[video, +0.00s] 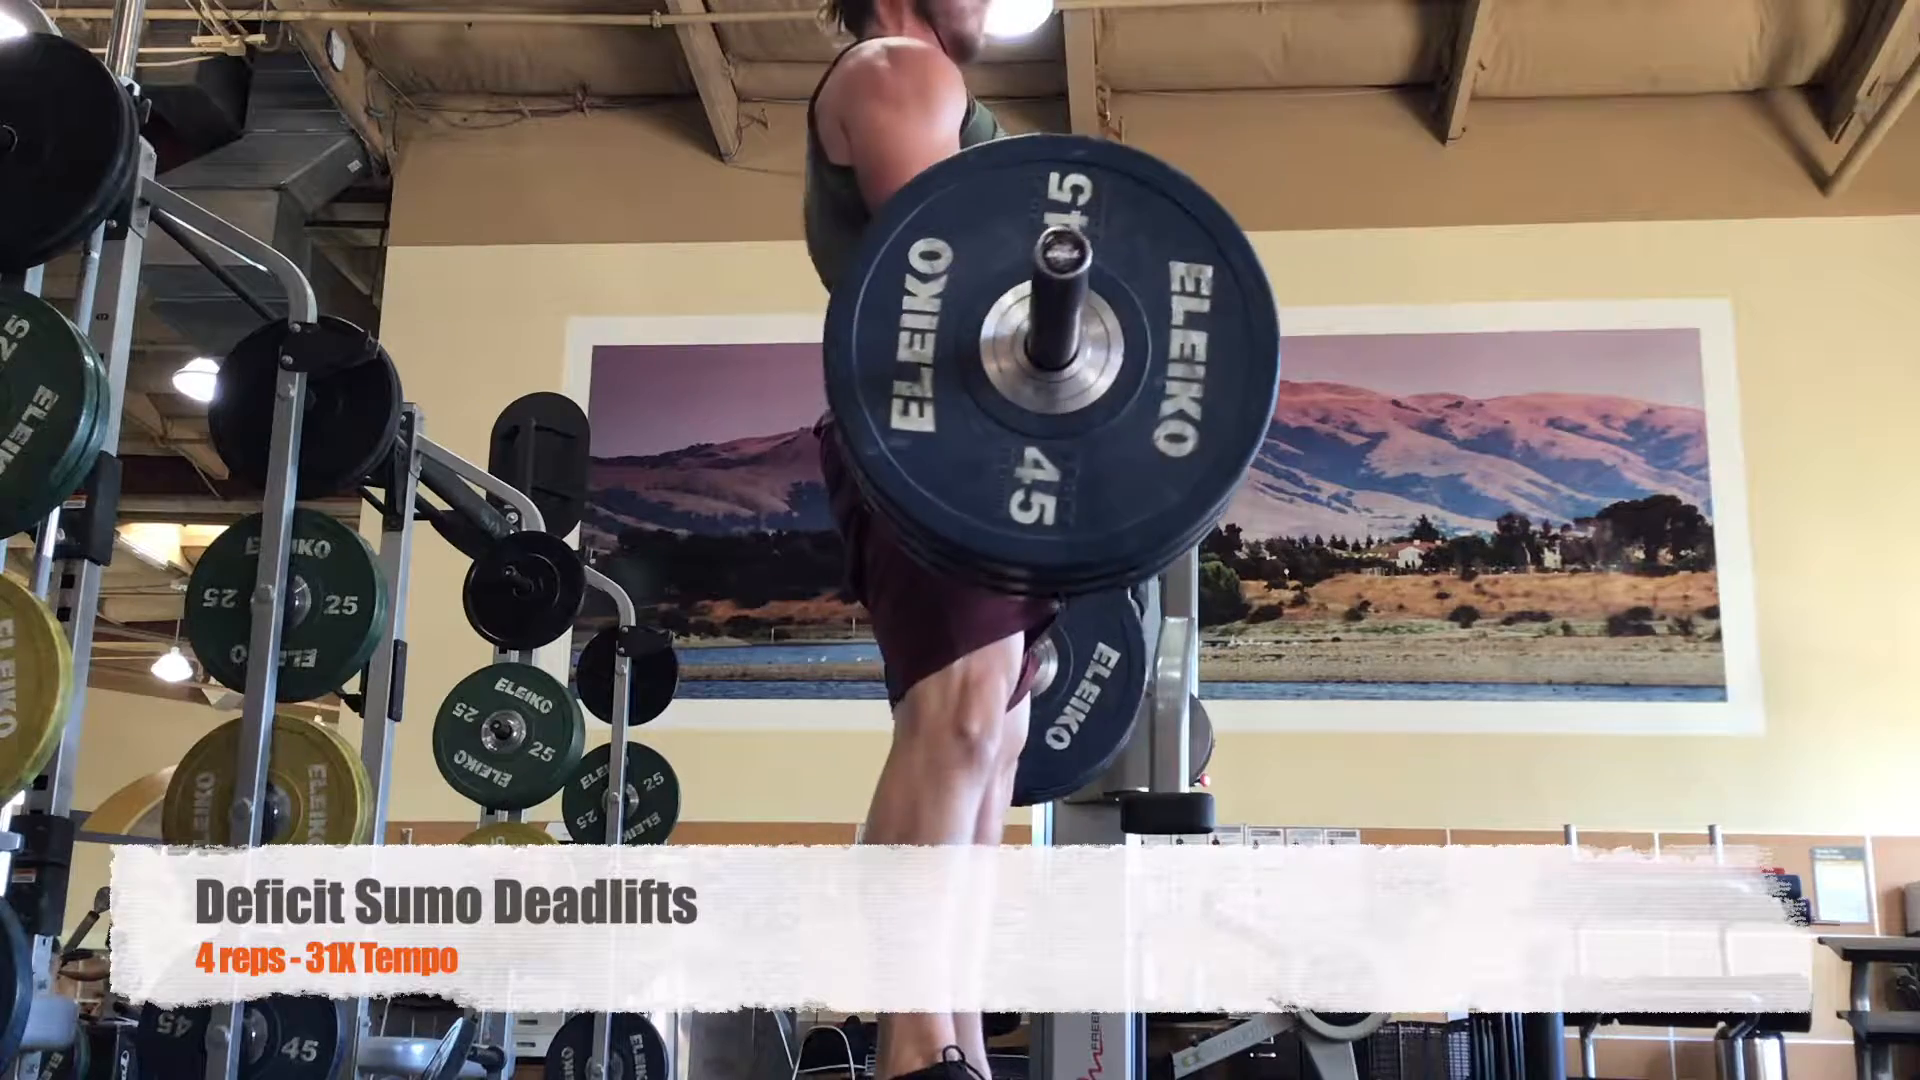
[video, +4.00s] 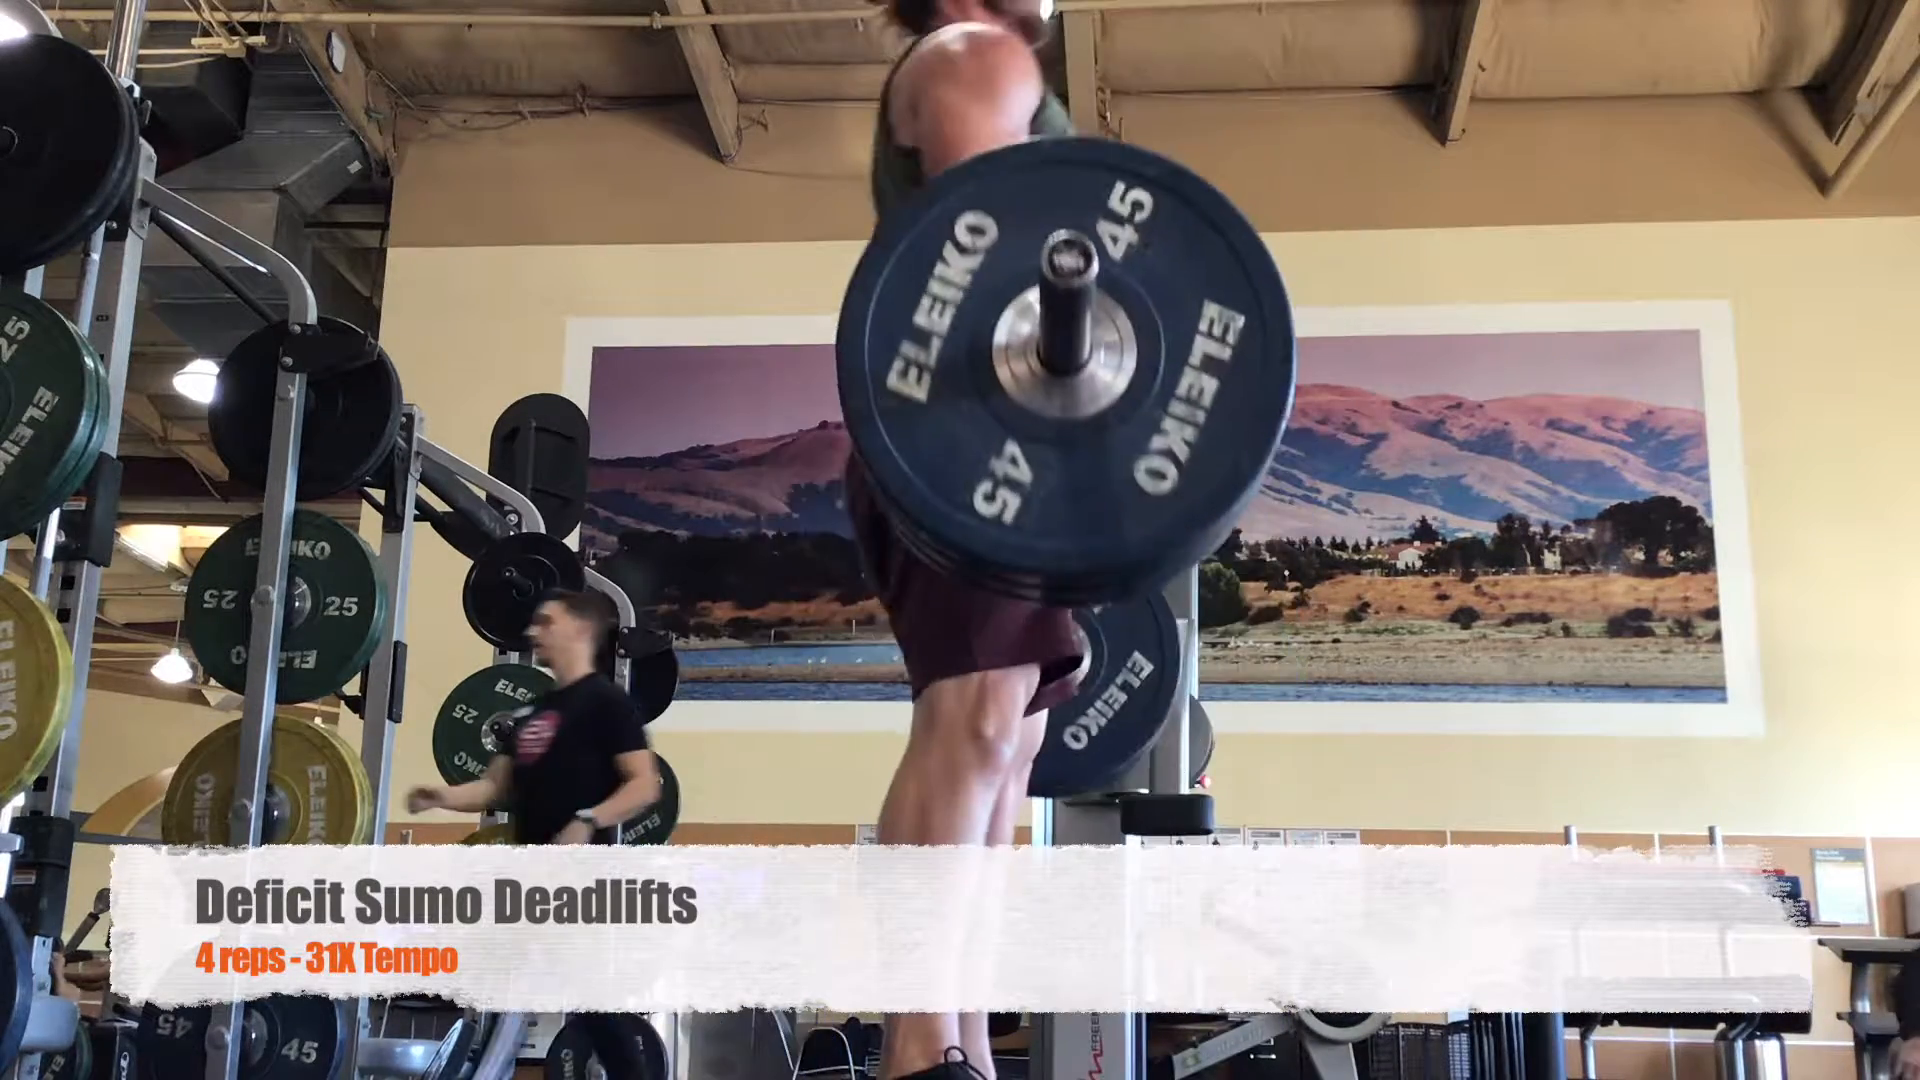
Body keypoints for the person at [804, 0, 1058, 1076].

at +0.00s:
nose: (994, 4)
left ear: (901, 11)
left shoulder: (931, 87)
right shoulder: (895, 70)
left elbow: (975, 278)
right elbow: (956, 271)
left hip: (969, 428)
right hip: (916, 423)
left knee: (997, 722)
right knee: (959, 711)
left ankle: (957, 1034)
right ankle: (912, 1045)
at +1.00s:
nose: (1148, 6)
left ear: (1058, 14)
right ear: (1061, 1)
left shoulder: (1053, 96)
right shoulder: (1031, 75)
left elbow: (1035, 328)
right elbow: (1030, 312)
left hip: (981, 443)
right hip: (926, 430)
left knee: (996, 718)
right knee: (961, 704)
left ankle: (953, 1035)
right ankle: (914, 1047)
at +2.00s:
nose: (1299, 129)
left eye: (1297, 108)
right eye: (1282, 103)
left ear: (1221, 116)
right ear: (1209, 106)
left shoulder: (1162, 246)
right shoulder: (1132, 192)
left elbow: (1105, 438)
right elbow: (1069, 407)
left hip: (905, 448)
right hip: (839, 426)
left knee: (991, 721)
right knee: (934, 701)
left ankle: (955, 1029)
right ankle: (907, 1037)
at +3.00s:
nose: (1382, 482)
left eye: (1388, 462)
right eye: (1374, 447)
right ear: (1301, 423)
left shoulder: (1193, 599)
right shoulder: (1169, 493)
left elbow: (1134, 771)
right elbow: (1081, 735)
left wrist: (1138, 950)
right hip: (810, 557)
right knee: (1047, 707)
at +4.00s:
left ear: (944, 3)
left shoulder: (994, 65)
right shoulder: (975, 55)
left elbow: (999, 272)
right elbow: (989, 262)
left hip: (1002, 438)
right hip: (951, 432)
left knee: (1015, 727)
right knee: (973, 714)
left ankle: (963, 1038)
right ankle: (915, 1045)